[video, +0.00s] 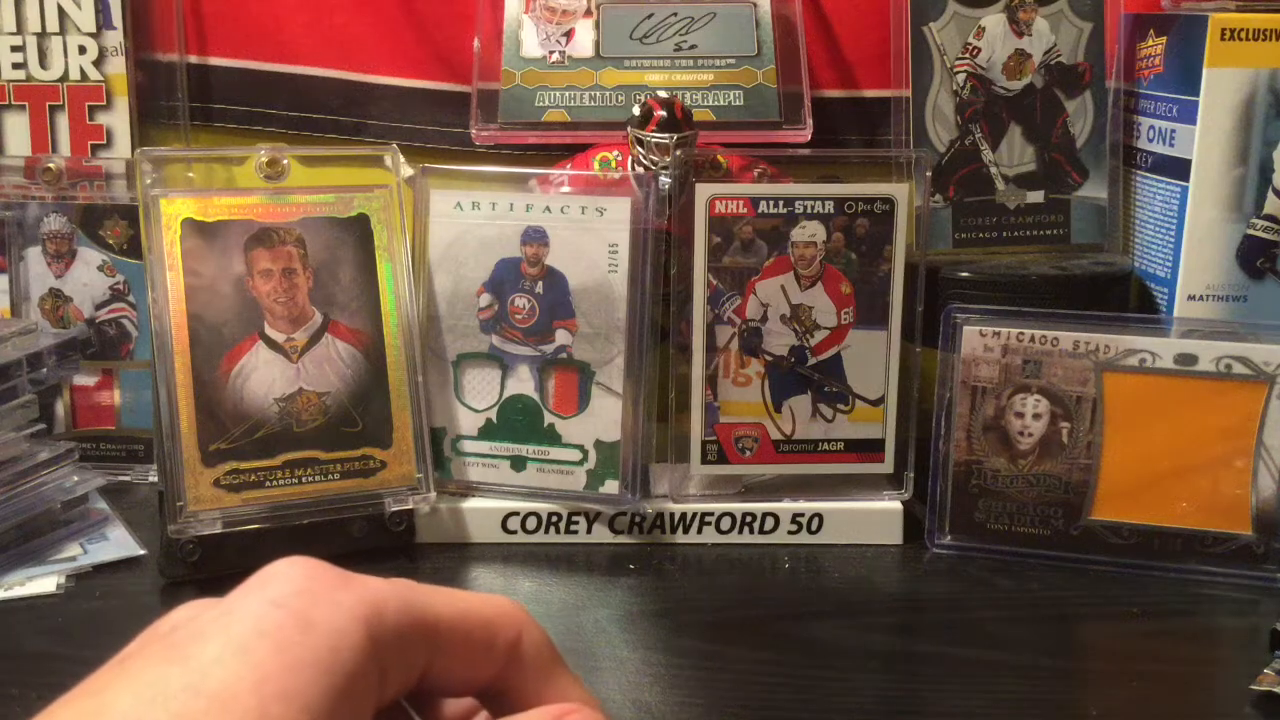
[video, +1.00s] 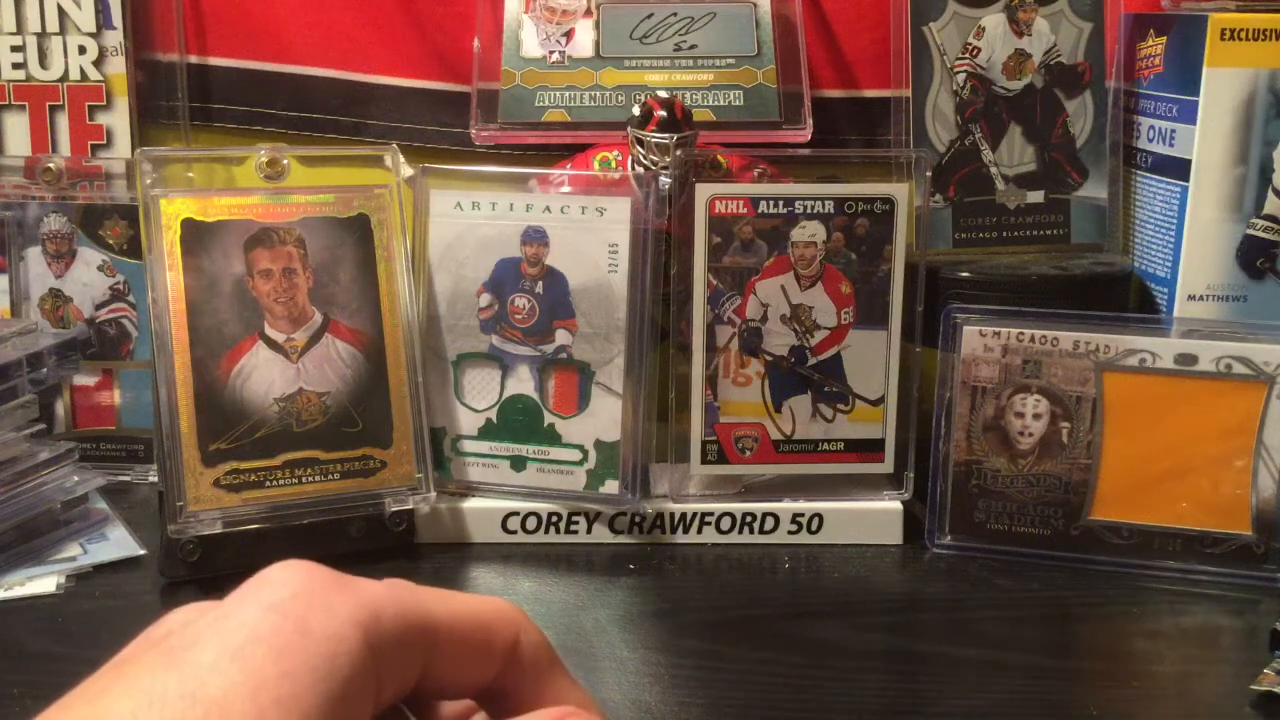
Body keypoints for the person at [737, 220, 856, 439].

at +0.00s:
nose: (801, 253)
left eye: (808, 247)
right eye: (796, 247)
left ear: (821, 250)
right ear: (790, 249)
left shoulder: (839, 286)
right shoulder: (773, 272)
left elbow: (842, 331)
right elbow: (755, 293)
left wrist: (810, 353)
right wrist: (750, 327)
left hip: (823, 352)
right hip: (779, 351)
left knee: (831, 412)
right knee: (798, 409)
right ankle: (790, 469)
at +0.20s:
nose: (801, 253)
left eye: (808, 247)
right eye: (796, 247)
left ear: (821, 250)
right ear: (790, 249)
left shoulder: (839, 286)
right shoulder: (773, 272)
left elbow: (842, 331)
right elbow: (754, 293)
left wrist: (810, 353)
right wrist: (750, 326)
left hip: (823, 353)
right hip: (780, 352)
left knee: (831, 412)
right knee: (798, 410)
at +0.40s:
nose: (801, 253)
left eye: (808, 247)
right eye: (796, 247)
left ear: (821, 250)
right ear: (790, 249)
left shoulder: (838, 285)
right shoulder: (773, 272)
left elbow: (842, 330)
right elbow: (754, 293)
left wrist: (810, 352)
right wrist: (750, 326)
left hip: (823, 351)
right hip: (779, 350)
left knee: (831, 411)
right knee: (798, 409)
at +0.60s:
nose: (801, 253)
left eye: (808, 247)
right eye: (796, 247)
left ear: (821, 250)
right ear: (790, 249)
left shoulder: (838, 286)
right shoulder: (773, 272)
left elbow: (842, 330)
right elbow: (754, 293)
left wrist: (810, 352)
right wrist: (750, 326)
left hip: (822, 351)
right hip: (779, 350)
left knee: (831, 411)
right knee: (798, 409)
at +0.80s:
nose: (801, 253)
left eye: (808, 247)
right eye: (796, 247)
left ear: (821, 250)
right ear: (790, 249)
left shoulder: (838, 285)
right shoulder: (774, 272)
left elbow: (843, 330)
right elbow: (754, 293)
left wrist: (810, 352)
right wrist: (751, 326)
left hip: (823, 352)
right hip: (779, 350)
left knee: (832, 412)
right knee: (798, 410)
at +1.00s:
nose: (801, 253)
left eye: (808, 247)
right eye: (796, 247)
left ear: (821, 250)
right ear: (790, 249)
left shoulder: (838, 285)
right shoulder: (774, 272)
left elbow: (842, 330)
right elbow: (754, 293)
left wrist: (810, 352)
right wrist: (750, 326)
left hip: (823, 351)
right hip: (779, 350)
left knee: (831, 411)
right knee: (798, 409)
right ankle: (790, 469)